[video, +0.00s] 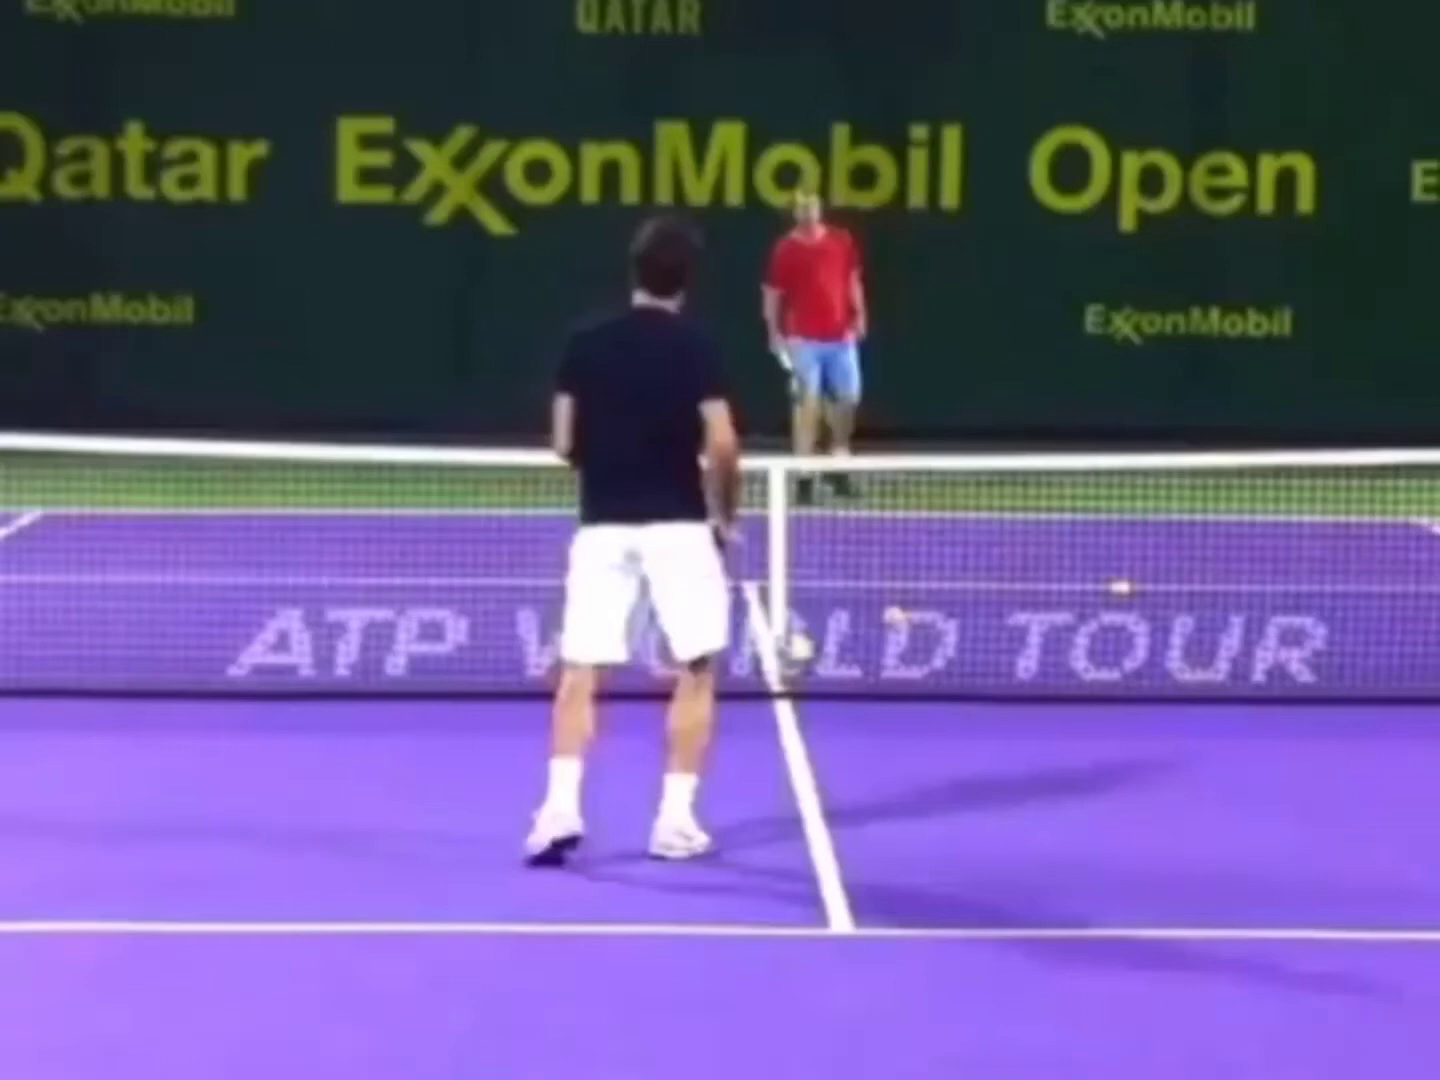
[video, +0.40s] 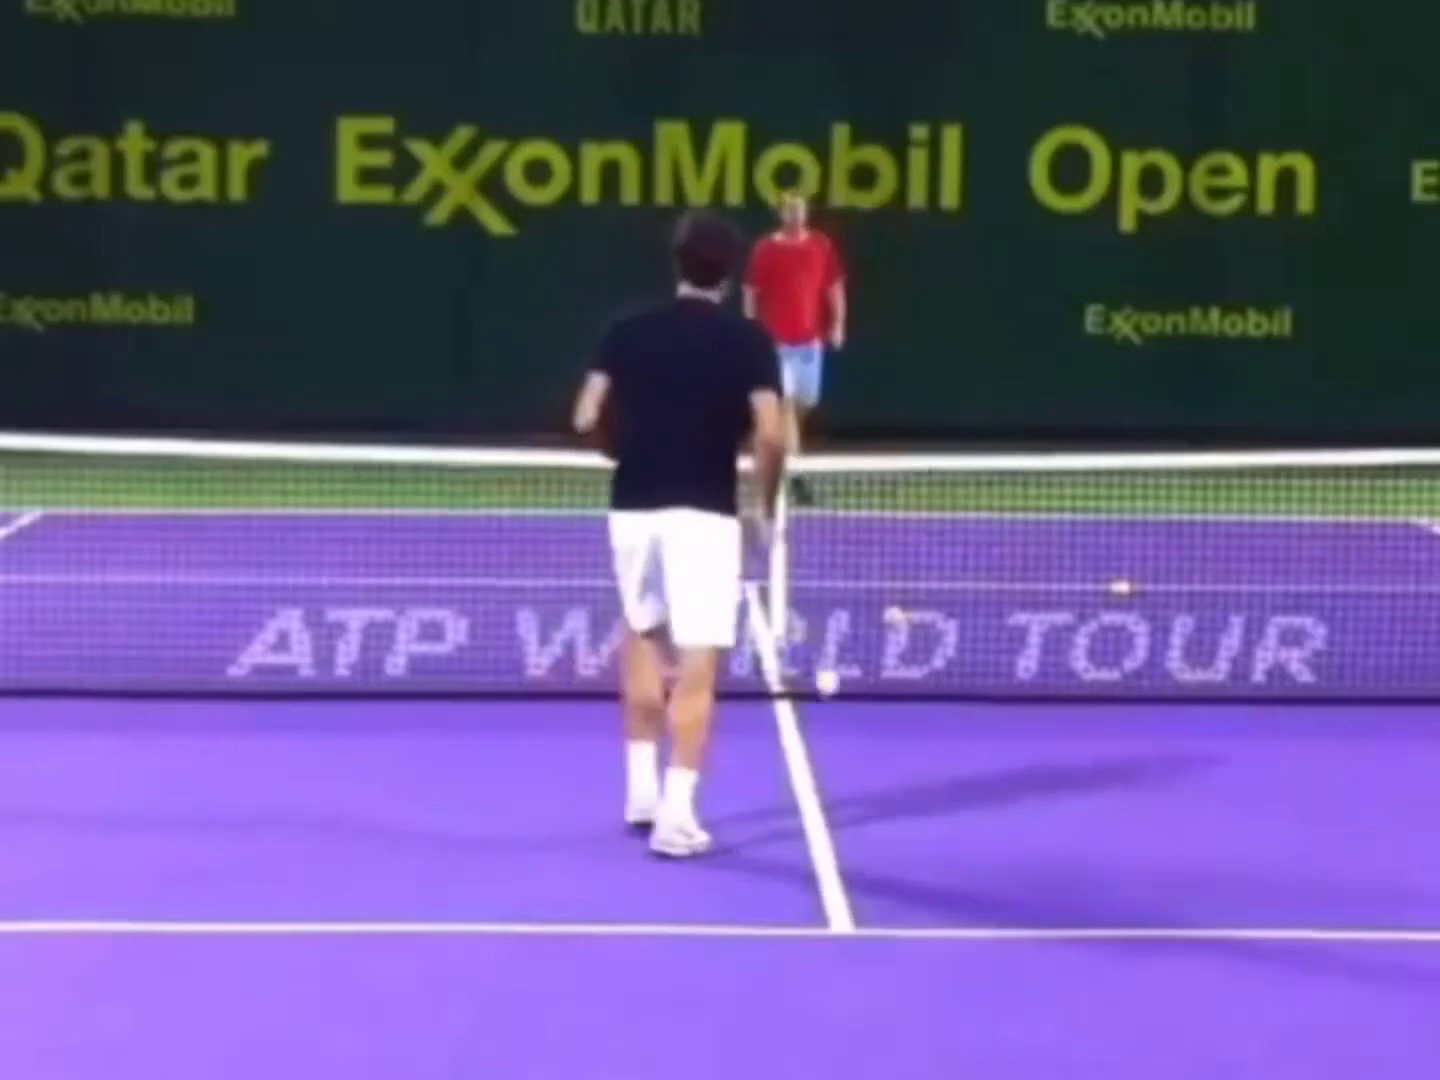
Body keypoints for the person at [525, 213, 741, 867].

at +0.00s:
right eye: (684, 272)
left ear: (634, 272)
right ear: (689, 279)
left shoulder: (588, 339)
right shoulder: (694, 345)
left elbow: (563, 440)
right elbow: (722, 442)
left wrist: (614, 462)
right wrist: (724, 511)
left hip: (601, 527)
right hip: (676, 526)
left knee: (578, 670)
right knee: (696, 673)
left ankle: (560, 805)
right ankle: (675, 814)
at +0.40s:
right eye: (725, 266)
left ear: (677, 267)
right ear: (732, 273)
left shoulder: (632, 329)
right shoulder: (748, 341)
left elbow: (587, 417)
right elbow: (772, 432)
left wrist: (630, 449)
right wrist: (763, 493)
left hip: (633, 509)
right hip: (706, 512)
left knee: (644, 642)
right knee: (698, 665)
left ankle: (641, 787)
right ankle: (677, 810)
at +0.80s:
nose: (754, 280)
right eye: (755, 269)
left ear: (701, 264)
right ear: (752, 270)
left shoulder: (657, 325)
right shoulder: (753, 326)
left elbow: (616, 418)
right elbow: (779, 408)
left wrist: (670, 437)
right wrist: (827, 467)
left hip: (666, 500)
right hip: (733, 500)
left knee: (680, 637)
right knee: (760, 630)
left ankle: (678, 780)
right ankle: (717, 736)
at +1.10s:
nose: (811, 302)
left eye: (809, 290)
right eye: (812, 293)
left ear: (763, 272)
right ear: (805, 288)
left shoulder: (702, 325)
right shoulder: (790, 337)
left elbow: (652, 406)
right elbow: (831, 417)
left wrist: (706, 434)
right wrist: (919, 441)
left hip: (697, 503)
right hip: (767, 509)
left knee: (690, 635)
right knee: (786, 637)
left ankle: (678, 775)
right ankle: (809, 751)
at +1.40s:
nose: (895, 344)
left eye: (895, 334)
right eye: (897, 335)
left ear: (850, 306)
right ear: (890, 330)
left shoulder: (787, 328)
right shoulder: (870, 371)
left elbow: (713, 377)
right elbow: (889, 472)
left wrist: (714, 449)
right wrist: (949, 531)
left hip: (741, 488)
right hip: (810, 504)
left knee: (711, 621)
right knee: (821, 626)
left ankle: (695, 742)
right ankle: (825, 762)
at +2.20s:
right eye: (909, 283)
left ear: (863, 267)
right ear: (911, 291)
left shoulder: (815, 302)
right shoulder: (905, 352)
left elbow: (774, 359)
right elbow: (900, 446)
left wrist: (756, 426)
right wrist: (871, 474)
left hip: (782, 473)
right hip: (848, 490)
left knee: (748, 604)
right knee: (838, 621)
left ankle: (760, 732)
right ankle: (828, 756)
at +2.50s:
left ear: (800, 278)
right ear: (852, 282)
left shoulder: (765, 337)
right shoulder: (874, 345)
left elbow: (726, 429)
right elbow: (906, 439)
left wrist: (764, 462)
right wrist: (867, 472)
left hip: (768, 505)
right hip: (840, 514)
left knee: (760, 642)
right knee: (841, 634)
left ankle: (783, 774)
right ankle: (840, 760)